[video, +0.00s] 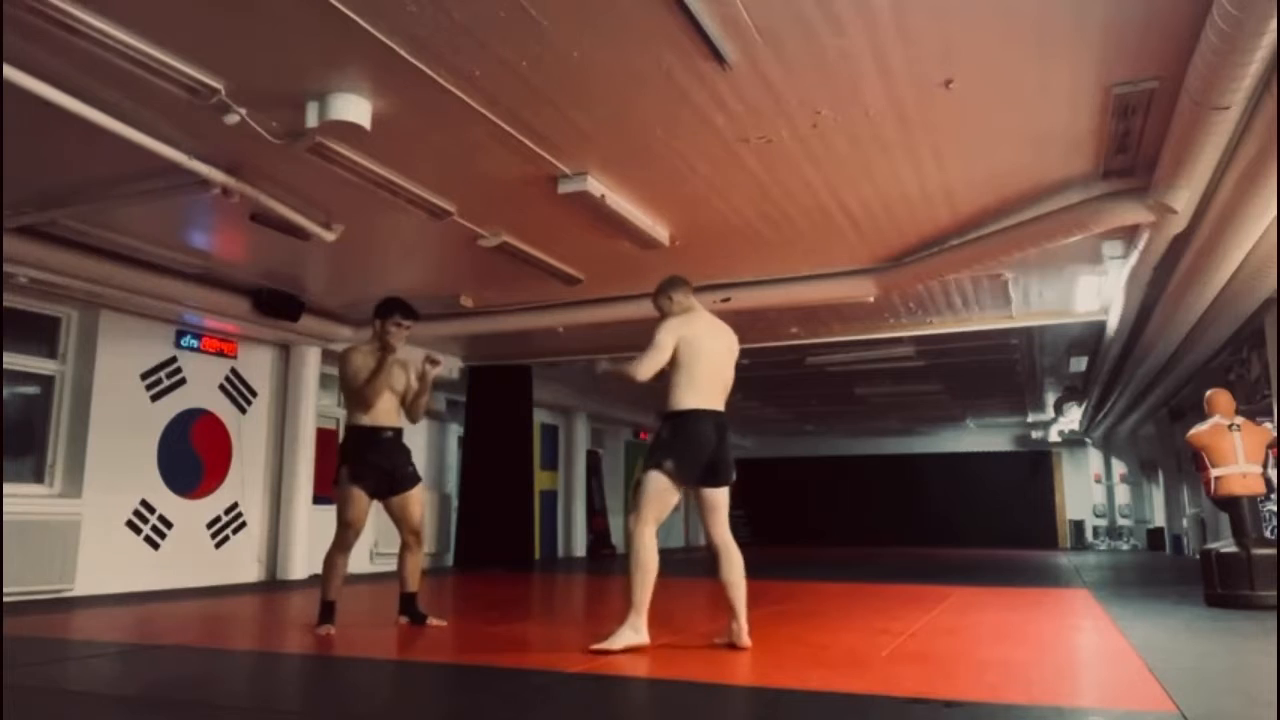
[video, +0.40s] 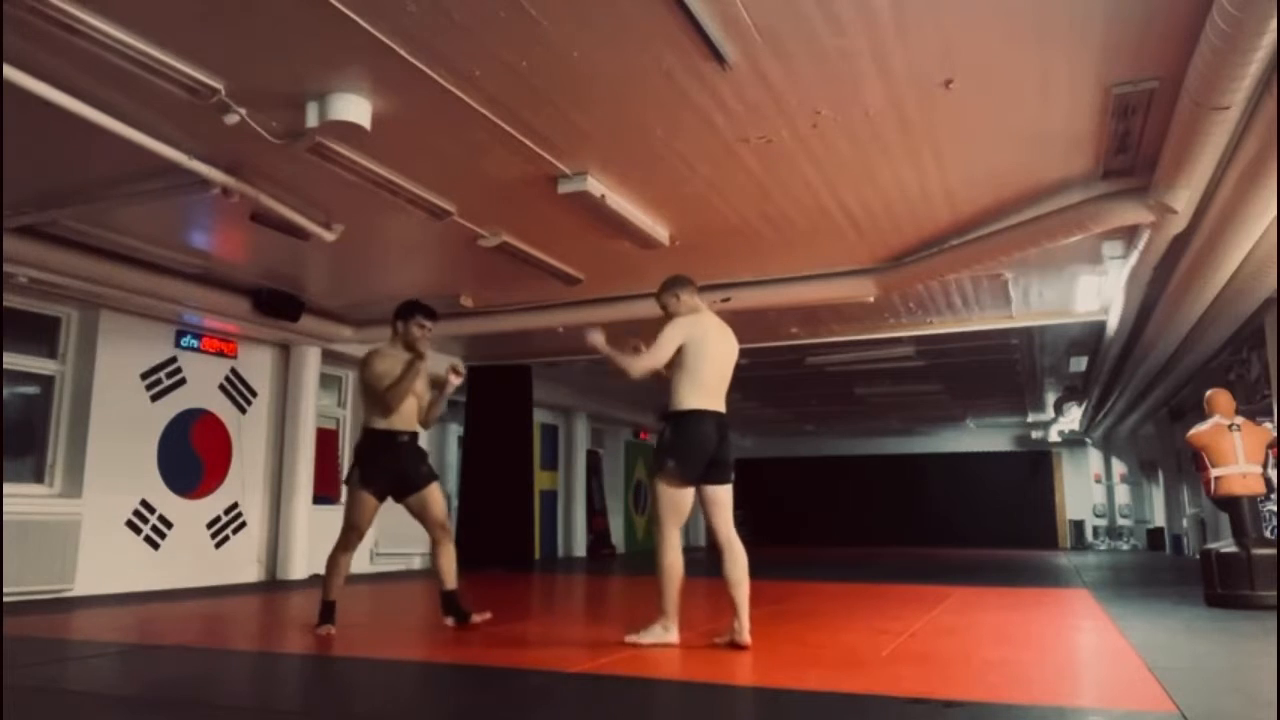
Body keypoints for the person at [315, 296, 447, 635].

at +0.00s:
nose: (401, 333)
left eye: (406, 328)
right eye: (396, 325)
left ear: (409, 332)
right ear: (378, 323)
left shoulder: (405, 365)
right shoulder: (354, 355)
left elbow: (414, 414)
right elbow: (362, 400)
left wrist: (426, 381)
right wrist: (384, 360)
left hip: (394, 446)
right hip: (360, 444)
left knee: (414, 531)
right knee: (348, 531)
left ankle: (410, 607)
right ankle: (327, 614)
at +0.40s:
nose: (425, 335)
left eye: (429, 331)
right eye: (420, 327)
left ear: (429, 334)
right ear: (399, 325)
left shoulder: (420, 368)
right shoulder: (376, 358)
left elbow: (425, 419)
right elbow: (387, 402)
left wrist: (445, 390)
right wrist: (416, 362)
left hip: (409, 453)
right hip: (375, 451)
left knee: (442, 528)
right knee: (351, 536)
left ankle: (452, 605)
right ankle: (326, 614)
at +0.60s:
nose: (459, 337)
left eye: (462, 332)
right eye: (453, 329)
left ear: (462, 335)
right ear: (433, 329)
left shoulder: (453, 367)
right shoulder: (416, 361)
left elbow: (455, 420)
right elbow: (427, 404)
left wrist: (478, 398)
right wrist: (458, 368)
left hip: (447, 453)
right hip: (413, 450)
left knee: (466, 531)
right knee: (386, 529)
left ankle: (459, 609)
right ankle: (338, 591)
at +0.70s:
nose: (471, 335)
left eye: (473, 329)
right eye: (465, 327)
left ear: (472, 332)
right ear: (446, 326)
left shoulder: (462, 366)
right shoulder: (430, 358)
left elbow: (463, 419)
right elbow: (443, 401)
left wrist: (489, 393)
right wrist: (472, 369)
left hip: (457, 446)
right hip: (428, 441)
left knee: (471, 529)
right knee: (424, 505)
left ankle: (459, 609)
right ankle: (370, 560)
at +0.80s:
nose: (476, 333)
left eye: (479, 328)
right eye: (472, 326)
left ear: (475, 331)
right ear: (452, 325)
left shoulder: (466, 364)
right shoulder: (441, 355)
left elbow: (471, 414)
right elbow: (447, 401)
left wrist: (494, 386)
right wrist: (481, 371)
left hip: (465, 440)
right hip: (442, 434)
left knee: (475, 530)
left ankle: (461, 608)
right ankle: (402, 539)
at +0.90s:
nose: (481, 333)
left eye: (483, 328)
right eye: (476, 326)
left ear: (478, 330)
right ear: (457, 324)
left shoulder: (467, 362)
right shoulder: (446, 356)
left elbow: (475, 411)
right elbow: (445, 401)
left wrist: (497, 384)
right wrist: (483, 375)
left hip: (467, 439)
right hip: (453, 433)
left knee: (479, 529)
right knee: (512, 449)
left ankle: (462, 605)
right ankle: (460, 503)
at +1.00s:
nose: (484, 334)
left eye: (486, 328)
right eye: (479, 326)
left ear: (479, 330)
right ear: (460, 325)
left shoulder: (468, 364)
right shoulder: (450, 358)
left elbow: (475, 413)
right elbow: (445, 398)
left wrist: (496, 389)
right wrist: (486, 379)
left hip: (474, 447)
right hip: (466, 434)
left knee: (485, 532)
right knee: (537, 429)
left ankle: (462, 607)